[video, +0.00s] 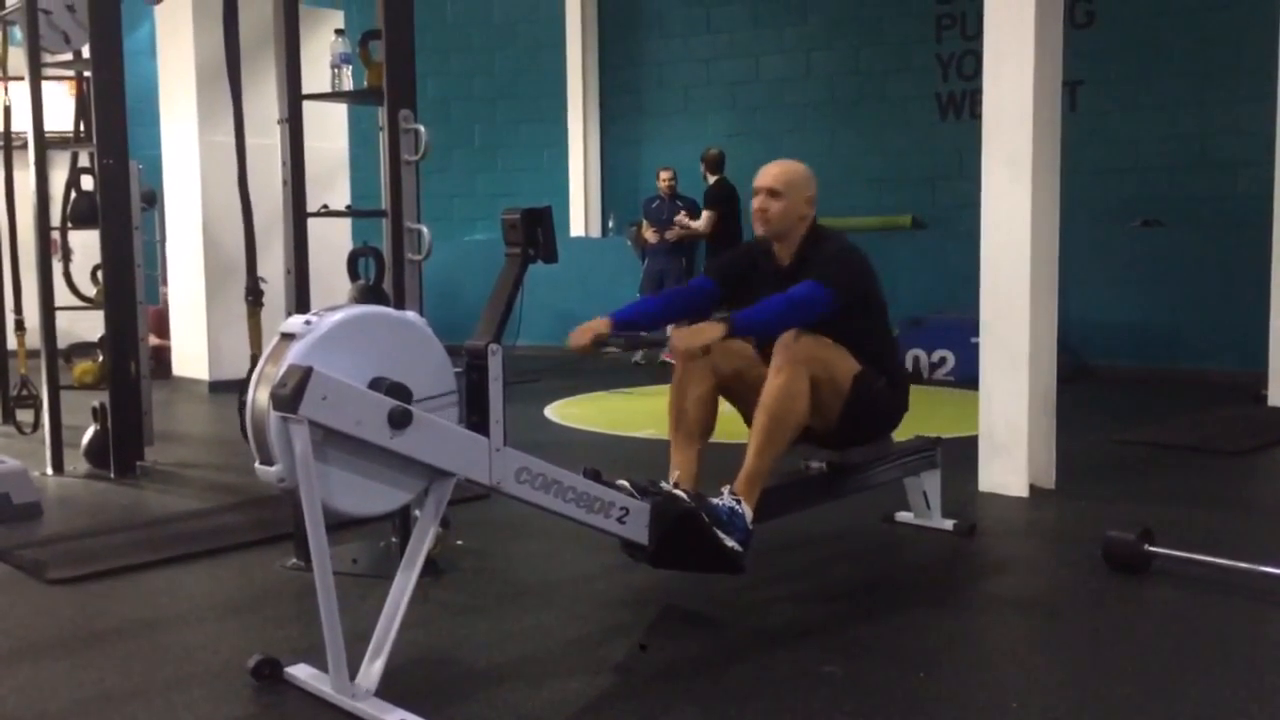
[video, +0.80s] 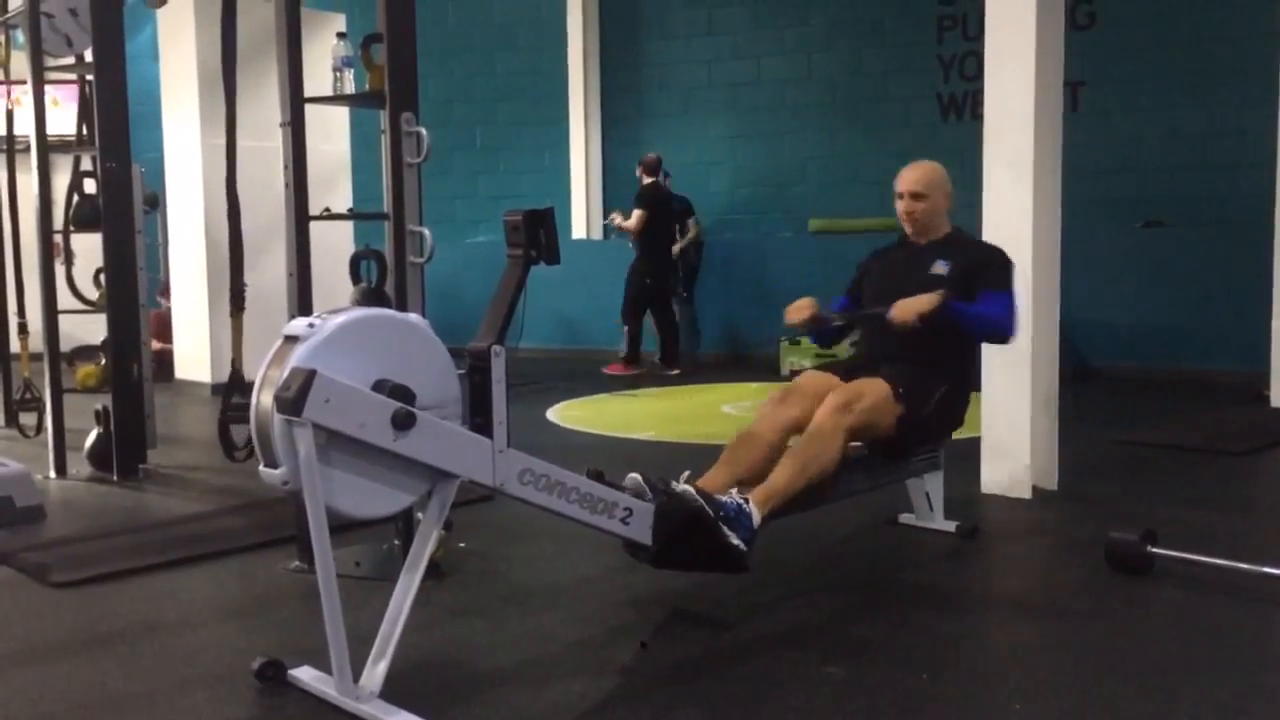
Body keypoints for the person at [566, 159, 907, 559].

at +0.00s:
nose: (759, 205)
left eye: (773, 196)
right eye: (756, 195)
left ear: (807, 206)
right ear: (751, 200)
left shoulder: (840, 258)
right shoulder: (751, 258)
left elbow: (800, 306)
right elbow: (693, 298)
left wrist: (723, 326)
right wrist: (610, 323)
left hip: (865, 410)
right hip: (793, 412)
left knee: (795, 345)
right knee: (698, 349)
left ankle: (740, 507)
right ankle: (680, 490)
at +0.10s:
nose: (803, 189)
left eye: (818, 180)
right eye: (800, 179)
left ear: (849, 190)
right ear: (795, 185)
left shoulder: (882, 249)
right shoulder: (789, 248)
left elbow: (839, 292)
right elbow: (729, 292)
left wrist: (775, 316)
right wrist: (663, 313)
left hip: (884, 396)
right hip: (810, 393)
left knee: (809, 356)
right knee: (718, 356)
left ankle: (742, 508)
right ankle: (681, 491)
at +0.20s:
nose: (852, 181)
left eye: (864, 172)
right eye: (847, 172)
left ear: (894, 181)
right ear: (842, 179)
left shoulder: (920, 242)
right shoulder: (825, 243)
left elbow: (882, 283)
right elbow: (772, 286)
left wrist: (821, 305)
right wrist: (710, 309)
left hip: (902, 384)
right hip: (827, 376)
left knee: (819, 376)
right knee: (737, 373)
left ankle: (742, 511)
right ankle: (681, 491)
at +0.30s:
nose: (893, 184)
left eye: (906, 175)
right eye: (888, 175)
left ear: (934, 183)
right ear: (882, 181)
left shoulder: (955, 243)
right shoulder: (858, 248)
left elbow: (934, 290)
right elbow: (812, 294)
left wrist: (871, 304)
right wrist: (758, 309)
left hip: (918, 374)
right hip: (852, 366)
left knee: (829, 398)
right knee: (763, 390)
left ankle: (744, 510)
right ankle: (680, 493)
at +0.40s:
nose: (926, 202)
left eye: (939, 194)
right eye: (921, 193)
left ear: (965, 204)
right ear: (914, 200)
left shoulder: (987, 260)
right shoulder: (889, 260)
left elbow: (977, 311)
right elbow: (849, 308)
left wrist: (920, 307)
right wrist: (809, 314)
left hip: (927, 371)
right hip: (866, 360)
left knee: (838, 415)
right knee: (792, 402)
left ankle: (747, 506)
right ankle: (686, 489)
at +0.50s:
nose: (941, 223)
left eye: (954, 216)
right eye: (937, 215)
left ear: (981, 223)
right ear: (930, 220)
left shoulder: (1000, 279)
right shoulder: (908, 274)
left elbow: (1028, 335)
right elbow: (866, 340)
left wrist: (966, 308)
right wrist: (841, 323)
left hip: (928, 377)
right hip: (869, 366)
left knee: (841, 426)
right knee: (801, 410)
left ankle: (749, 508)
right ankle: (688, 494)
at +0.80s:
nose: (906, 208)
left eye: (917, 198)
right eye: (900, 199)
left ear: (945, 198)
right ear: (895, 201)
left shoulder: (982, 259)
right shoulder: (879, 262)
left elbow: (1001, 325)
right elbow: (836, 328)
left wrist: (940, 304)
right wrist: (814, 317)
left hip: (930, 380)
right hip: (868, 369)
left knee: (839, 406)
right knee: (790, 398)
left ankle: (750, 512)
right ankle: (697, 495)